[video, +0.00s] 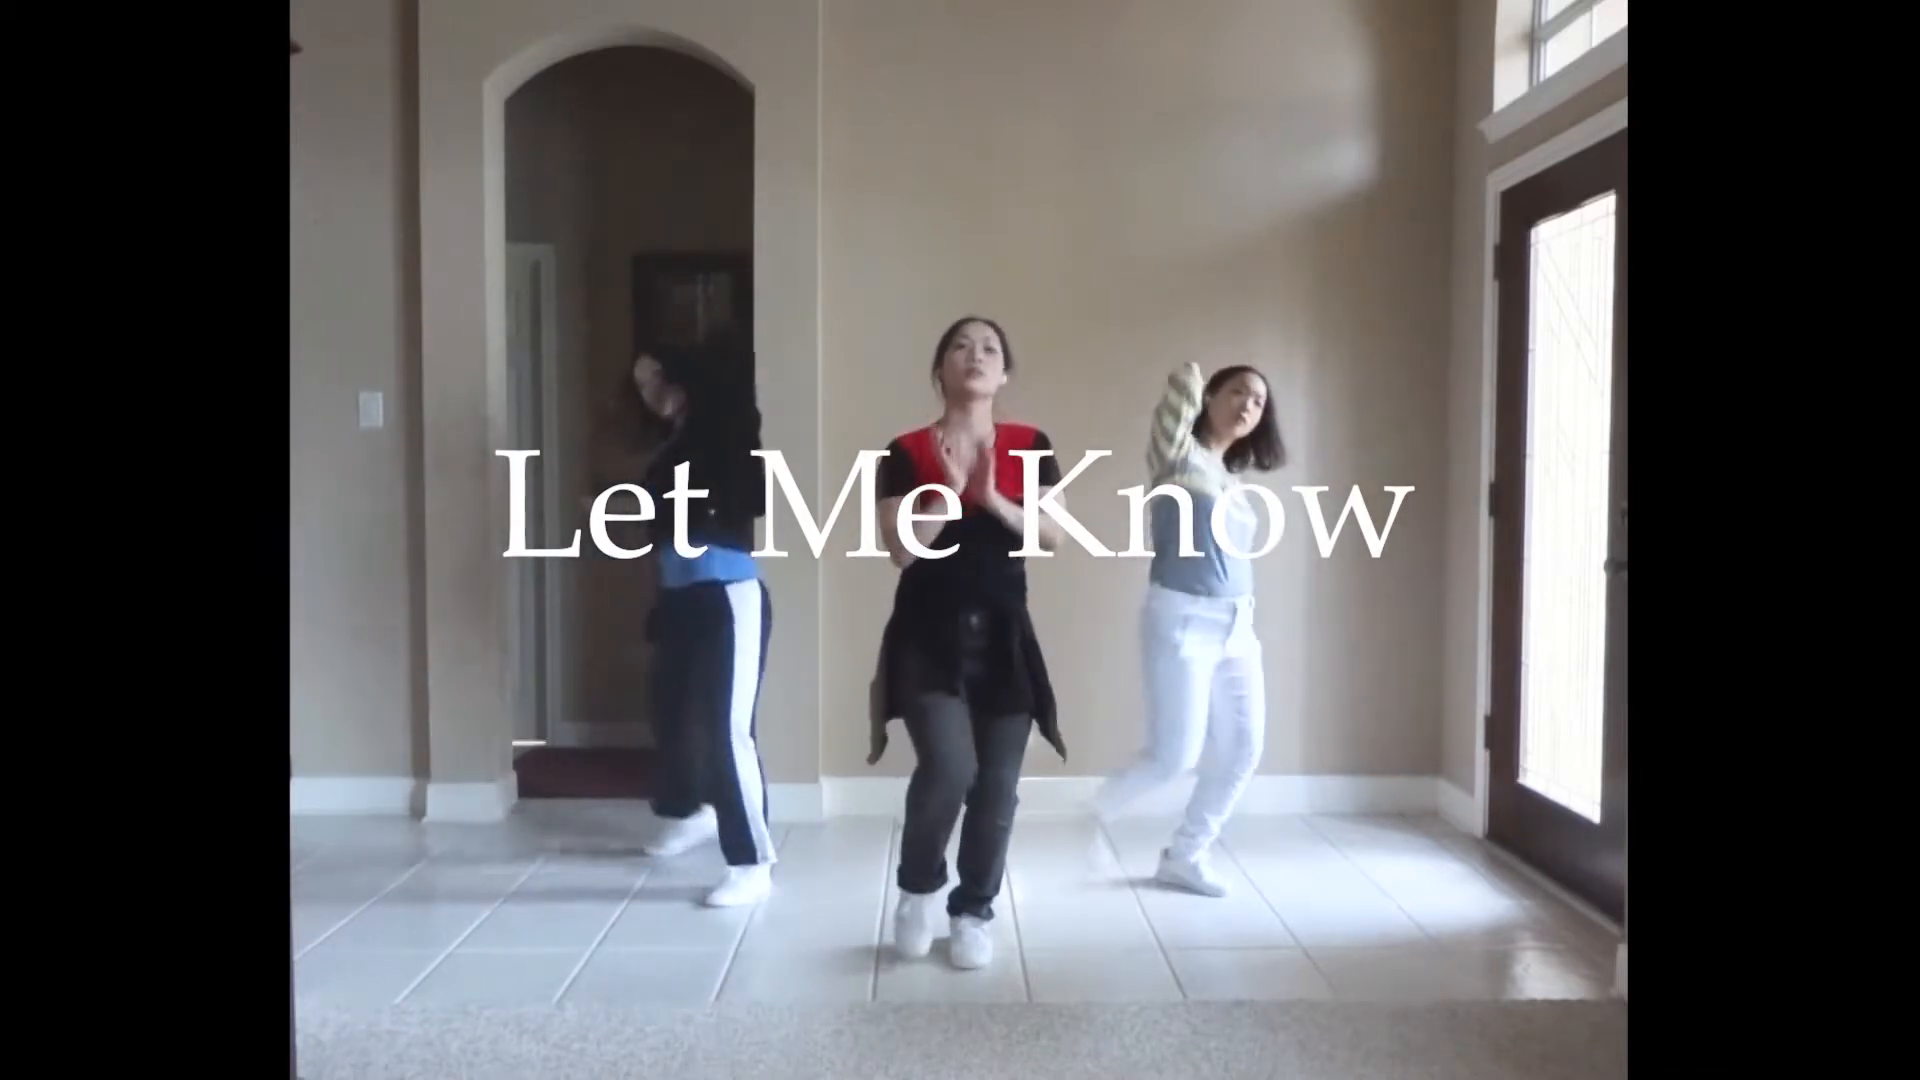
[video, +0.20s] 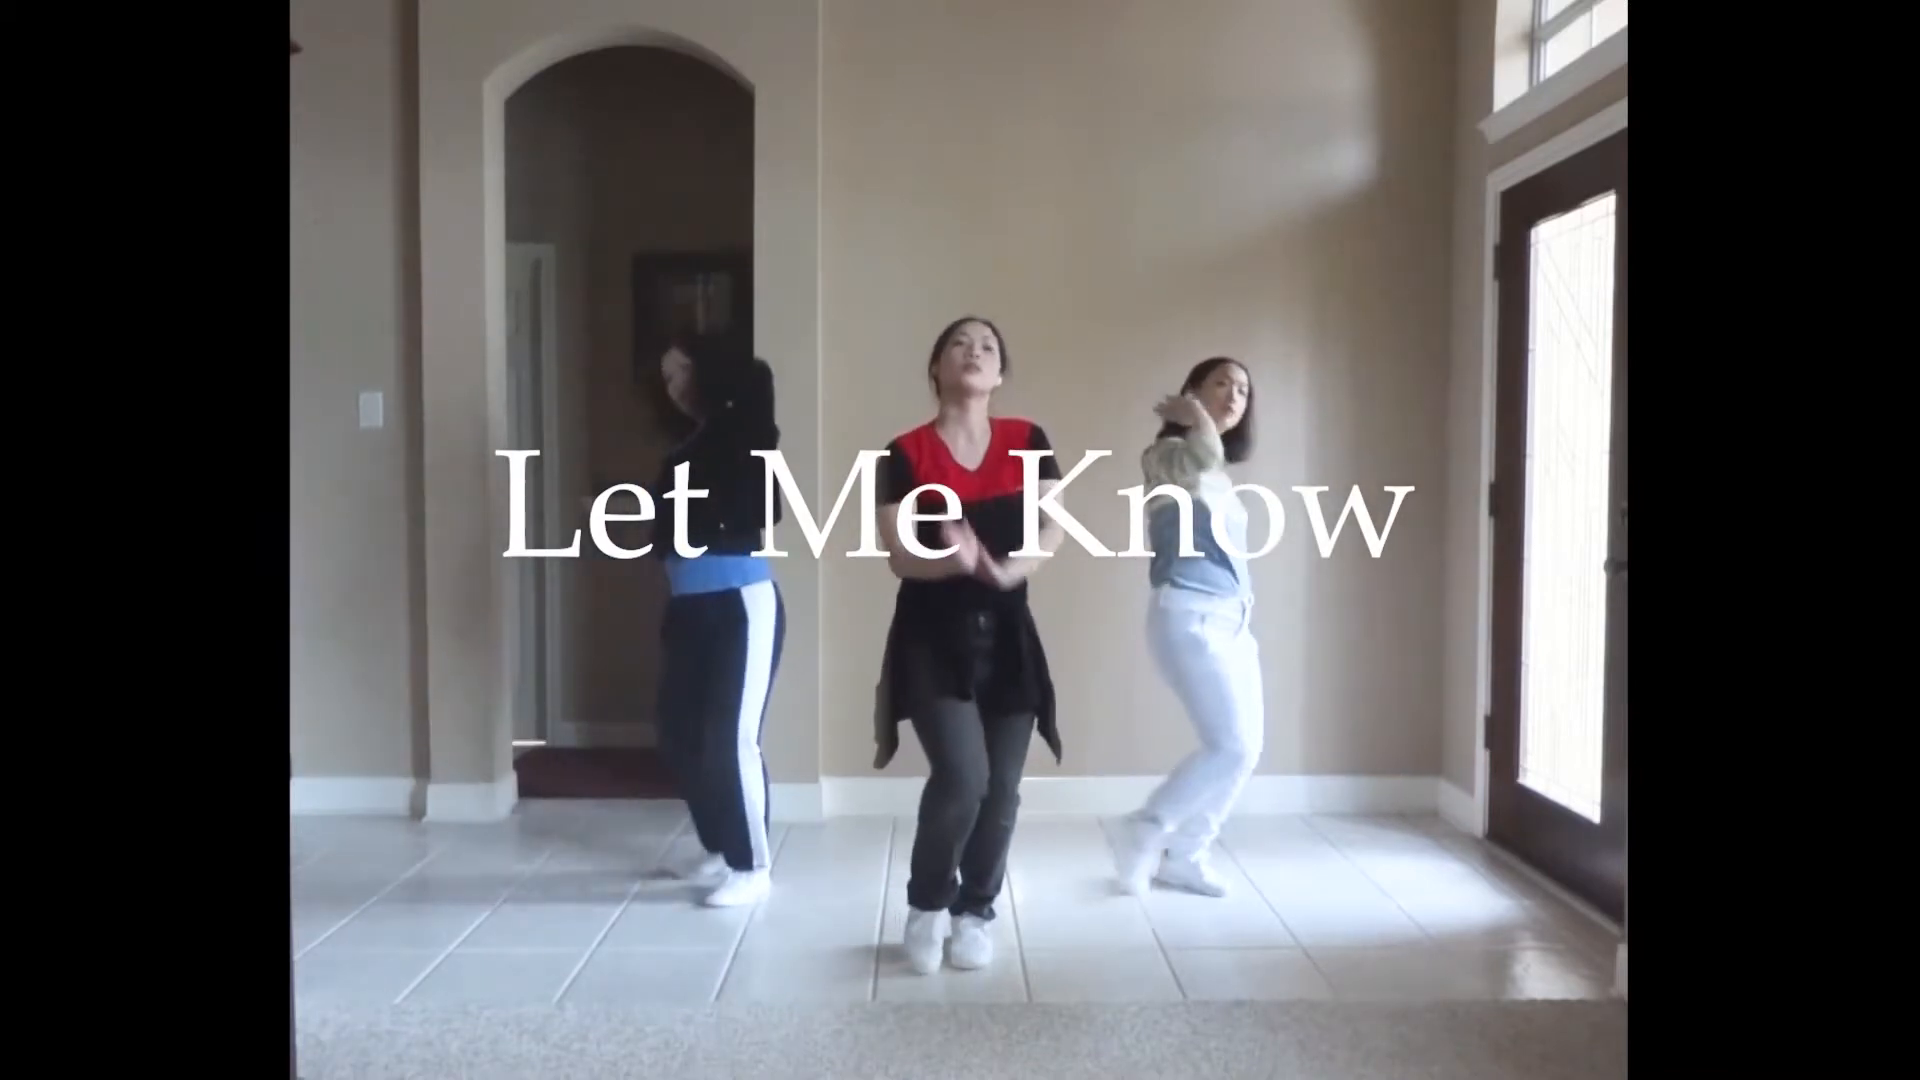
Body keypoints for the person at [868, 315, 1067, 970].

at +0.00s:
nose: (975, 355)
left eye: (988, 349)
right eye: (961, 346)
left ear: (1005, 375)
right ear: (938, 370)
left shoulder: (1028, 445)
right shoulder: (907, 452)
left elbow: (1055, 536)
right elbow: (899, 549)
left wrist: (993, 499)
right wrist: (942, 495)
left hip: (1004, 629)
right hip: (927, 629)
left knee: (998, 782)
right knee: (949, 768)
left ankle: (974, 913)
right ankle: (918, 888)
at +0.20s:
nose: (974, 351)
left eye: (987, 346)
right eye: (960, 343)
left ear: (1001, 373)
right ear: (935, 368)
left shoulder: (1027, 442)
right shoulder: (904, 454)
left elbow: (1052, 535)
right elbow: (899, 559)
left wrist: (1011, 568)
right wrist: (951, 561)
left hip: (1007, 629)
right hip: (931, 630)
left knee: (1002, 783)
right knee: (963, 777)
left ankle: (976, 914)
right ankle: (928, 905)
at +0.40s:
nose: (971, 353)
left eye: (984, 350)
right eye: (958, 343)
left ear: (996, 377)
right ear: (930, 365)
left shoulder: (1022, 441)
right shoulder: (902, 448)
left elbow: (1070, 532)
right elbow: (927, 544)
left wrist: (1100, 610)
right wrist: (986, 611)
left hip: (1011, 625)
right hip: (935, 627)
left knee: (999, 786)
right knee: (965, 779)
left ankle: (974, 913)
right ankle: (926, 908)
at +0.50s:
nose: (972, 355)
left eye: (984, 352)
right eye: (959, 345)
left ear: (996, 379)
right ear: (929, 366)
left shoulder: (1022, 442)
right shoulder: (900, 442)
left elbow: (1106, 503)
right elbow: (925, 536)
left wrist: (1161, 540)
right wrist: (1000, 599)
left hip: (1008, 622)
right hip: (933, 628)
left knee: (999, 786)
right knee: (965, 778)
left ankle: (973, 913)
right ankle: (924, 907)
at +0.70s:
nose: (974, 359)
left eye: (988, 352)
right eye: (961, 348)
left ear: (1002, 374)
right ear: (937, 365)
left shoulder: (1023, 453)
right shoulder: (902, 447)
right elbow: (903, 542)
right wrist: (983, 560)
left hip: (1011, 634)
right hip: (936, 635)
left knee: (1003, 788)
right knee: (965, 782)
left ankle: (975, 915)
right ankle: (922, 907)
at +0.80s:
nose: (972, 366)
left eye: (985, 357)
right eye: (959, 355)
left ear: (1002, 374)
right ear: (936, 367)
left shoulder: (1018, 460)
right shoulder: (903, 446)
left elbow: (1051, 546)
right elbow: (860, 510)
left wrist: (1107, 504)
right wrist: (901, 507)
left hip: (1014, 638)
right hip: (942, 639)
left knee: (1010, 786)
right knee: (972, 785)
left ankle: (975, 916)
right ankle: (920, 908)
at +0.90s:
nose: (971, 375)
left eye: (984, 365)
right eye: (958, 362)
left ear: (1001, 380)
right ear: (936, 374)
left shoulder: (1016, 465)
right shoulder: (910, 449)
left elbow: (1036, 557)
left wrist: (1095, 577)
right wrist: (880, 443)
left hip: (1018, 642)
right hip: (945, 643)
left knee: (1014, 791)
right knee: (984, 788)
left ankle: (976, 915)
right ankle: (922, 904)